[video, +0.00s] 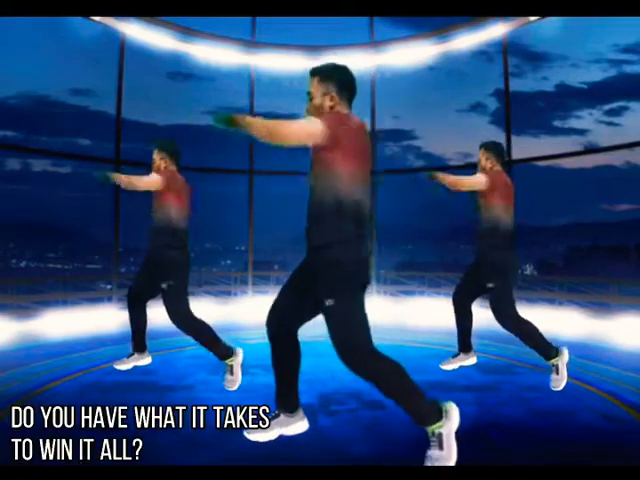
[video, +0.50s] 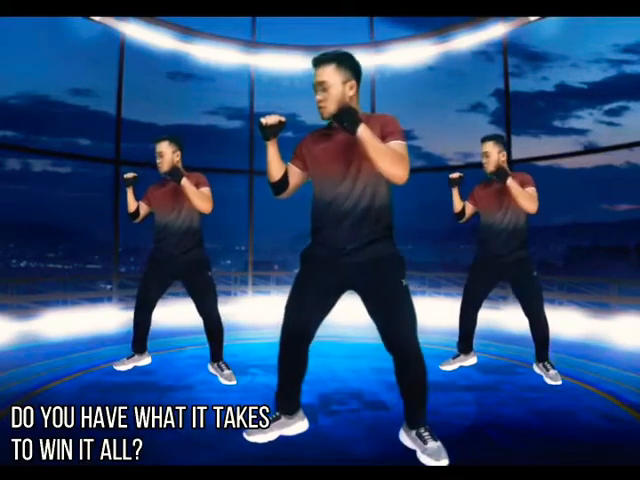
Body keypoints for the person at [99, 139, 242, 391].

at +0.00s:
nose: (156, 164)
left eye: (160, 160)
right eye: (155, 160)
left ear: (169, 162)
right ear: (161, 162)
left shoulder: (170, 180)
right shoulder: (173, 182)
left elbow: (140, 183)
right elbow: (139, 183)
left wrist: (117, 178)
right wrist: (121, 180)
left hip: (172, 256)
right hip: (160, 255)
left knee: (180, 315)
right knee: (136, 297)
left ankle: (230, 356)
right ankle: (140, 352)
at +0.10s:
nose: (155, 164)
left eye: (159, 160)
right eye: (155, 160)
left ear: (168, 161)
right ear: (167, 162)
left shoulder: (165, 178)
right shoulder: (178, 182)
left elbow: (133, 182)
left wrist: (111, 174)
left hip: (169, 256)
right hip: (169, 255)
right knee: (134, 299)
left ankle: (234, 358)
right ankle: (139, 354)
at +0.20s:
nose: (146, 160)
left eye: (150, 155)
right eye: (146, 156)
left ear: (163, 157)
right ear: (151, 159)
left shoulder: (179, 178)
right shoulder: (153, 182)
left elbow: (175, 197)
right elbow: (145, 211)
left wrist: (153, 179)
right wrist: (143, 189)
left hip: (177, 256)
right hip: (157, 255)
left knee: (191, 310)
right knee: (136, 300)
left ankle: (232, 358)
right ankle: (140, 354)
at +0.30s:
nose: (148, 160)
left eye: (151, 155)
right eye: (147, 155)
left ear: (166, 156)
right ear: (154, 159)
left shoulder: (187, 180)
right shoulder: (156, 191)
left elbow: (193, 205)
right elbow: (136, 215)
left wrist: (172, 177)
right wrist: (129, 189)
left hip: (184, 260)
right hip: (158, 259)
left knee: (200, 311)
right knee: (138, 303)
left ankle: (222, 361)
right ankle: (140, 353)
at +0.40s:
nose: (154, 160)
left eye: (158, 154)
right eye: (153, 155)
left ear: (172, 155)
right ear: (154, 159)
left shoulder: (193, 179)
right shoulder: (155, 191)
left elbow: (201, 206)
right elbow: (134, 214)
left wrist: (176, 177)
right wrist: (128, 188)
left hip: (189, 259)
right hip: (160, 260)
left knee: (208, 311)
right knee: (141, 303)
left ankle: (217, 361)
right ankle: (140, 353)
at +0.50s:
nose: (158, 160)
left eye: (162, 155)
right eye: (156, 156)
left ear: (177, 155)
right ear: (158, 158)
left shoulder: (196, 179)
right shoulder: (156, 189)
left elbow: (206, 207)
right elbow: (136, 215)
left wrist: (182, 180)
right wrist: (129, 187)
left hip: (192, 258)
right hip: (162, 259)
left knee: (210, 312)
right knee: (143, 305)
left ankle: (217, 362)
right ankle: (140, 353)